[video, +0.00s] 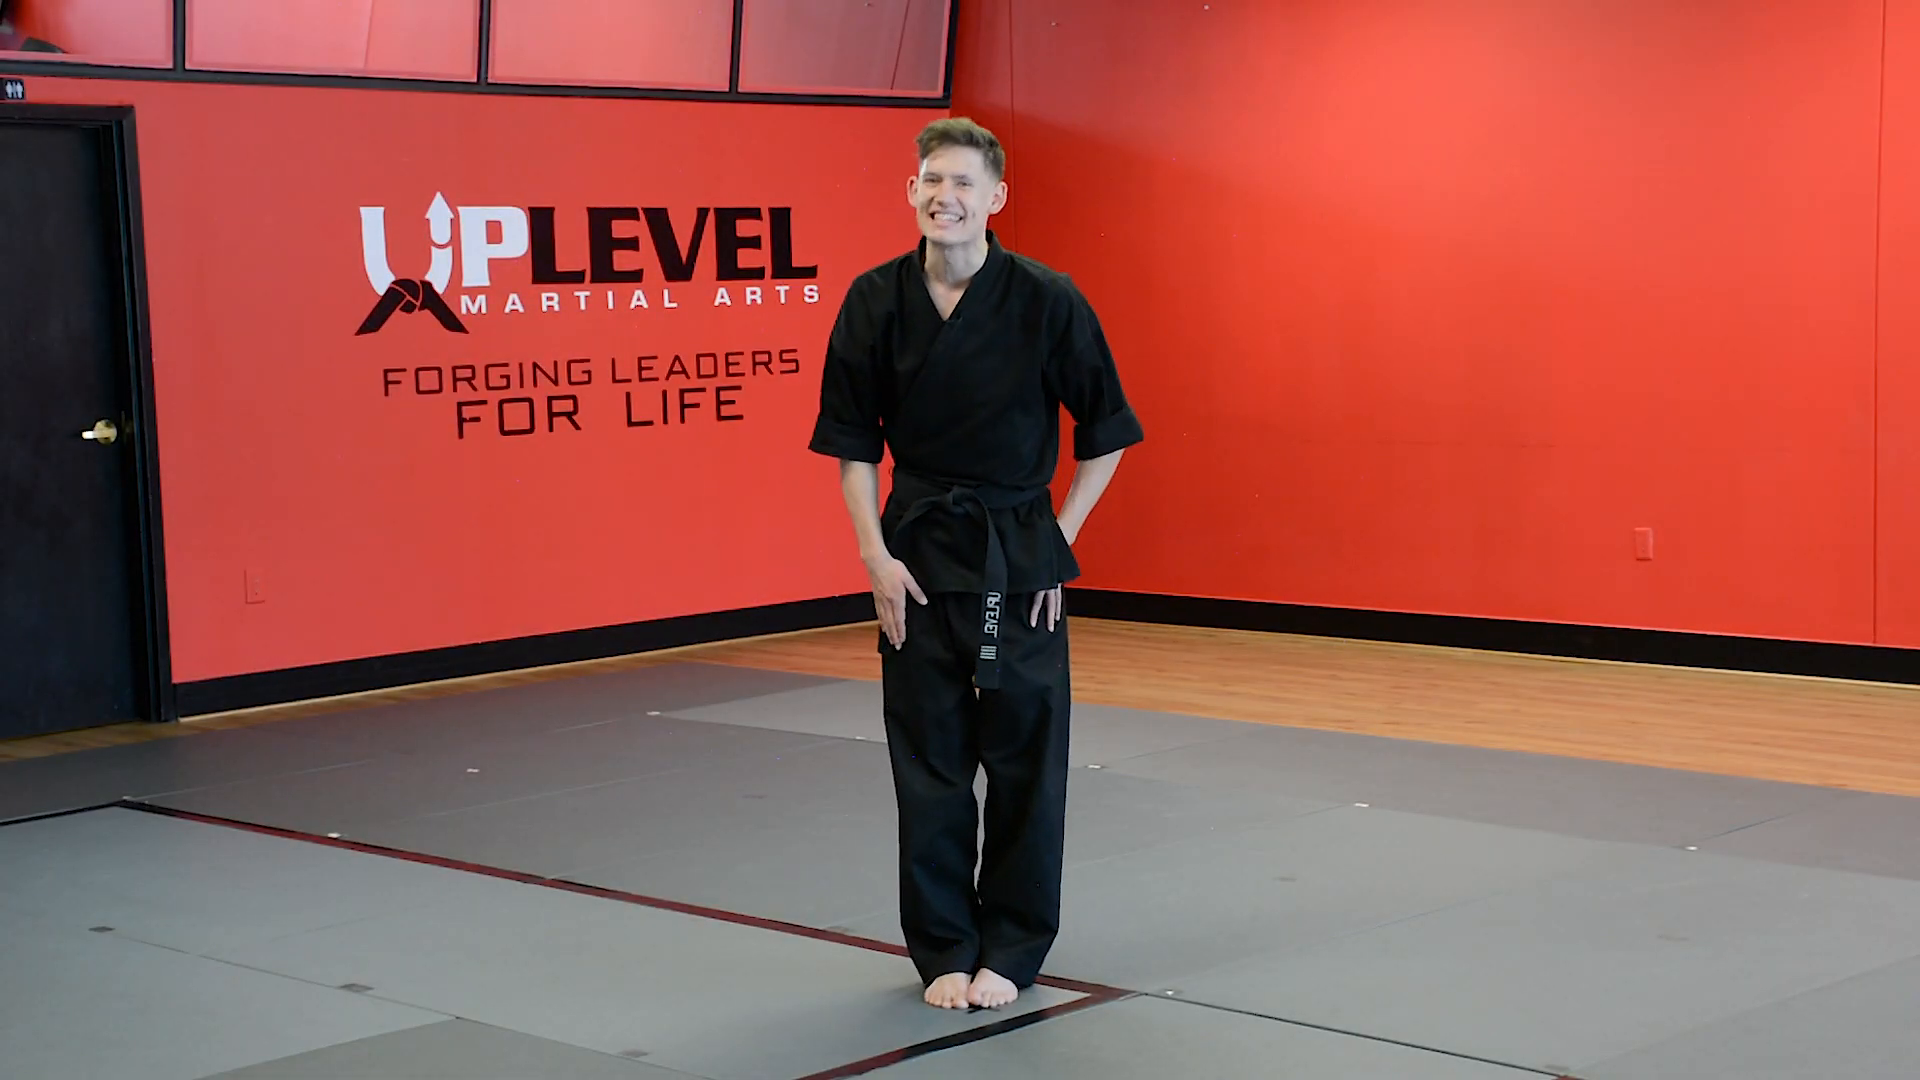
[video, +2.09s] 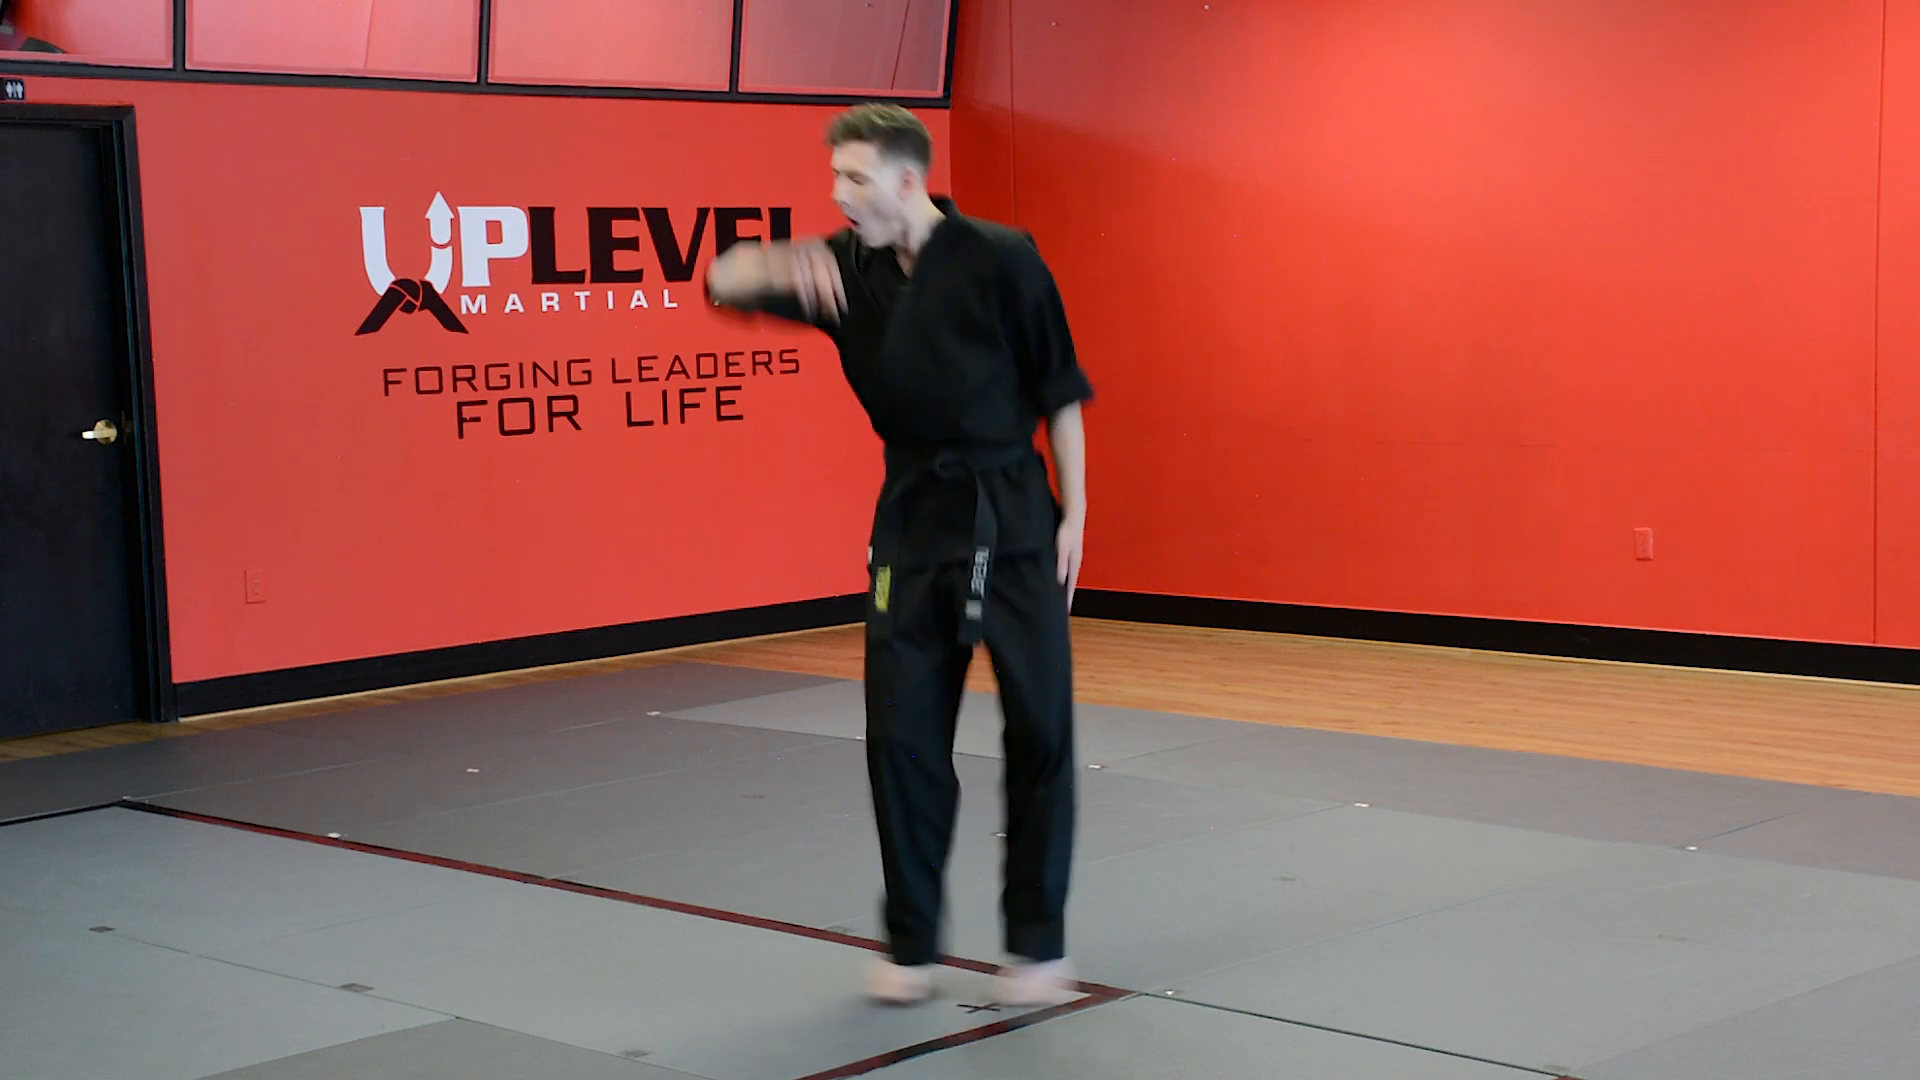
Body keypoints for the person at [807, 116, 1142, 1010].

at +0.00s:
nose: (946, 196)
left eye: (964, 182)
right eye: (933, 181)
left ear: (996, 197)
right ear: (913, 194)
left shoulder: (1046, 300)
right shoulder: (874, 301)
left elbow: (1106, 428)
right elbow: (852, 443)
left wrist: (1058, 537)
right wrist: (875, 557)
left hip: (1020, 544)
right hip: (916, 544)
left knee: (1026, 764)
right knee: (930, 766)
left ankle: (1011, 953)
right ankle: (944, 953)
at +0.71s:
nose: (957, 192)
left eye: (972, 176)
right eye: (941, 177)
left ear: (1001, 187)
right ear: (918, 190)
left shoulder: (1050, 297)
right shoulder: (880, 296)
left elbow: (1115, 420)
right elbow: (822, 416)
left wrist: (1120, 531)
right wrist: (821, 492)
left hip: (1018, 544)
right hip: (915, 544)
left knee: (1021, 762)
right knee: (927, 762)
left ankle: (1011, 953)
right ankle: (945, 952)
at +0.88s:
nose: (949, 192)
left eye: (966, 176)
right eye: (934, 177)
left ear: (995, 187)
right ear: (913, 188)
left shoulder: (1045, 291)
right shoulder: (877, 291)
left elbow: (1073, 418)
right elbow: (861, 438)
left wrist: (1056, 420)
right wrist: (858, 394)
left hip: (1011, 538)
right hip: (914, 538)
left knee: (1017, 756)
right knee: (927, 758)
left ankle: (1010, 952)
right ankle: (943, 953)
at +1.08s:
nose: (949, 189)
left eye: (965, 174)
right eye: (934, 174)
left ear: (993, 186)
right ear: (912, 187)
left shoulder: (1044, 293)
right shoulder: (873, 296)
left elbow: (1079, 421)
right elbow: (838, 426)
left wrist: (1059, 513)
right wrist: (869, 518)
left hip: (1017, 534)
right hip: (916, 536)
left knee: (1020, 755)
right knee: (927, 758)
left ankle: (1009, 954)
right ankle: (942, 954)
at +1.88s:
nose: (921, 243)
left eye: (938, 226)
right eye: (908, 227)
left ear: (975, 233)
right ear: (891, 238)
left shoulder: (1033, 340)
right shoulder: (865, 341)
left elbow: (1061, 484)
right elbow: (814, 478)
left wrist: (1061, 605)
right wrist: (829, 580)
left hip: (1011, 573)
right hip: (909, 576)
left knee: (1025, 787)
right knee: (910, 786)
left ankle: (1012, 959)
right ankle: (940, 959)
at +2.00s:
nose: (868, 223)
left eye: (883, 206)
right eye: (861, 207)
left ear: (936, 202)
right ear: (862, 210)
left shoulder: (1021, 295)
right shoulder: (862, 295)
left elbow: (1059, 437)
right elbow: (750, 349)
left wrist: (1066, 560)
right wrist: (798, 379)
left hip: (1009, 537)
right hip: (910, 538)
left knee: (1025, 753)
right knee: (908, 756)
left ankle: (1015, 958)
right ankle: (942, 955)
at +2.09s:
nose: (842, 197)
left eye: (857, 181)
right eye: (837, 181)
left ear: (911, 178)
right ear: (843, 183)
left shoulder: (1002, 256)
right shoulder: (844, 266)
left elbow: (1061, 389)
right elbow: (720, 281)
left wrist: (1076, 513)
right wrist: (776, 267)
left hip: (1012, 511)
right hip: (912, 511)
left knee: (1042, 732)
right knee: (903, 735)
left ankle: (1036, 949)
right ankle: (911, 949)